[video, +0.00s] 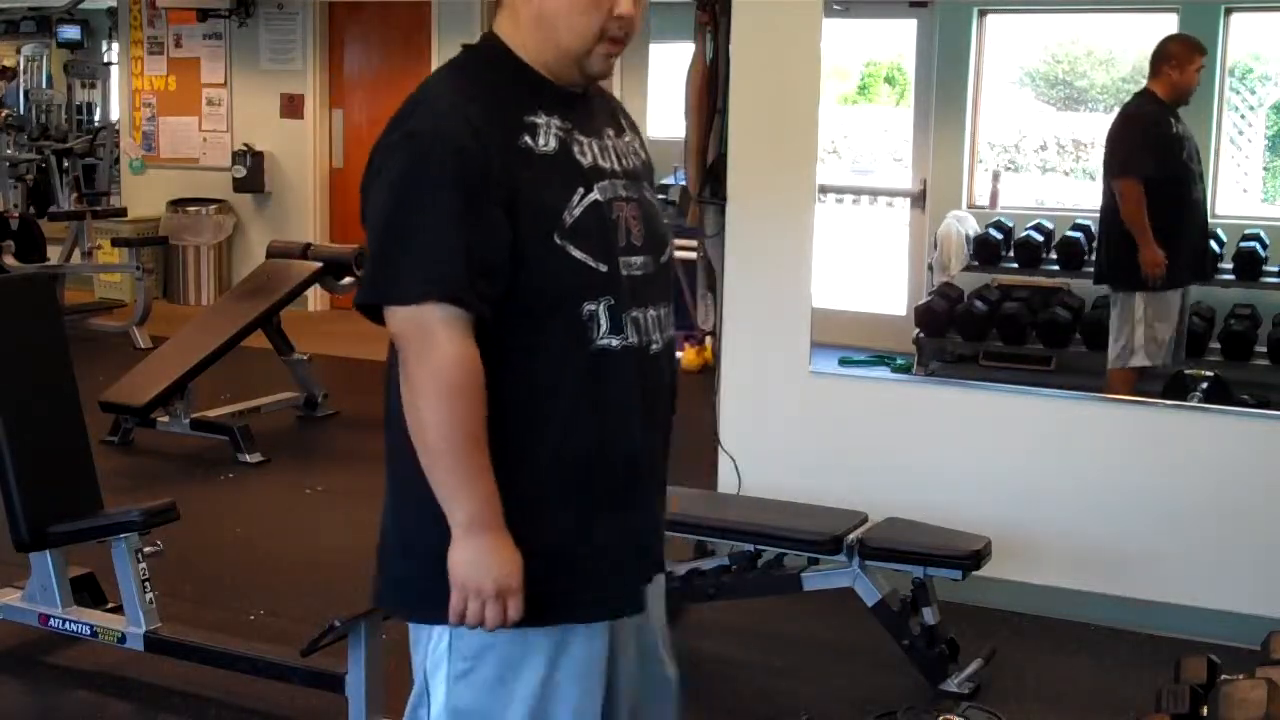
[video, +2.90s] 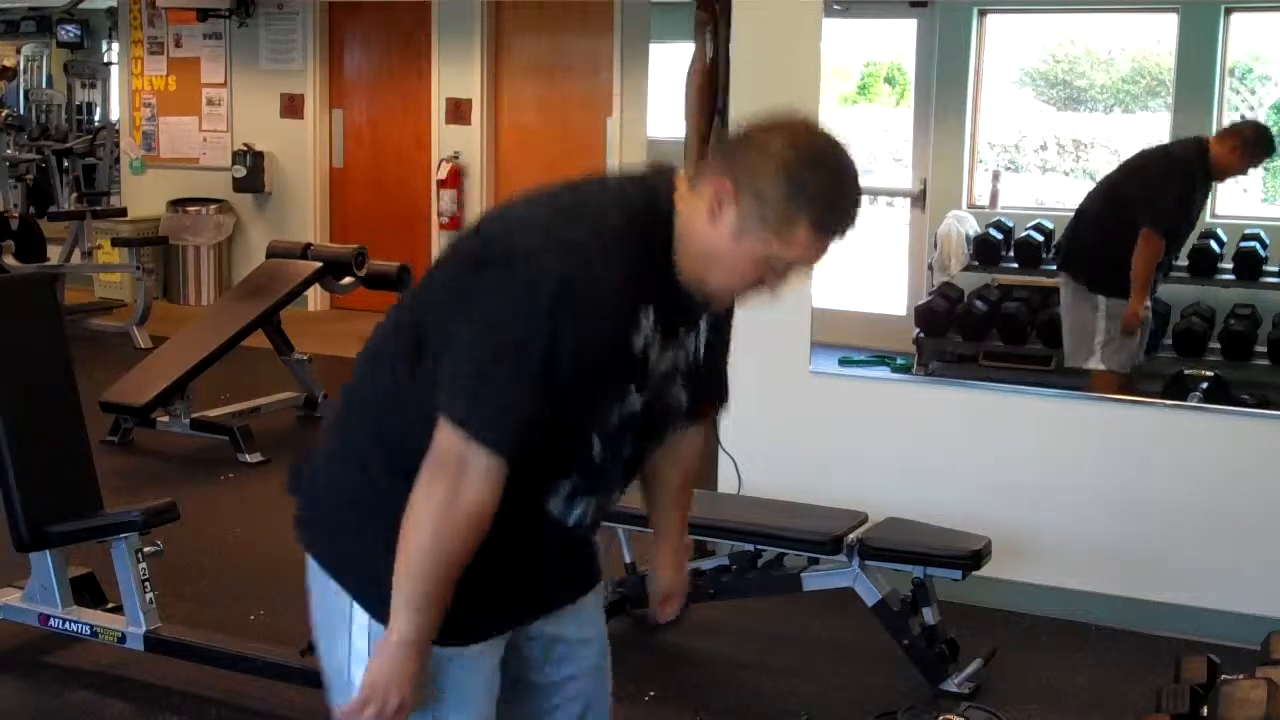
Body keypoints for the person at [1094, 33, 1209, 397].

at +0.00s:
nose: (1200, 79)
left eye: (1201, 71)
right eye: (1197, 70)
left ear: (1171, 69)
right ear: (1172, 68)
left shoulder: (1168, 118)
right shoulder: (1140, 115)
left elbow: (1169, 187)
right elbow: (1126, 184)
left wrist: (1183, 245)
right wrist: (1146, 246)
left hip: (1168, 260)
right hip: (1143, 263)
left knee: (1143, 364)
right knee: (1127, 364)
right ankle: (1113, 446)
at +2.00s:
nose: (1209, 111)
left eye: (1214, 105)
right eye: (1212, 102)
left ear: (1192, 85)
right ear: (1195, 87)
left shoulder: (1165, 122)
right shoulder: (1150, 121)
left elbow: (1150, 194)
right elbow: (1134, 194)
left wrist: (1160, 258)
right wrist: (1143, 256)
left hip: (1145, 271)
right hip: (1129, 272)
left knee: (1128, 376)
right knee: (1123, 377)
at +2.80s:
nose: (1235, 152)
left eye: (1241, 147)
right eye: (1239, 144)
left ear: (1224, 124)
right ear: (1226, 125)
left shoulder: (1189, 151)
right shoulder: (1176, 150)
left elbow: (1156, 218)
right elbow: (1148, 219)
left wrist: (1144, 280)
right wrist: (1140, 282)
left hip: (1120, 271)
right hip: (1104, 270)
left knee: (1116, 371)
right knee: (1103, 373)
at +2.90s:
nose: (1242, 173)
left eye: (1249, 168)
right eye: (1247, 164)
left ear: (1231, 142)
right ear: (1233, 146)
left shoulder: (1196, 167)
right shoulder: (1181, 166)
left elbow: (1158, 236)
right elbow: (1150, 237)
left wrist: (1142, 296)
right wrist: (1137, 301)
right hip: (1100, 270)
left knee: (1120, 371)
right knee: (1107, 373)